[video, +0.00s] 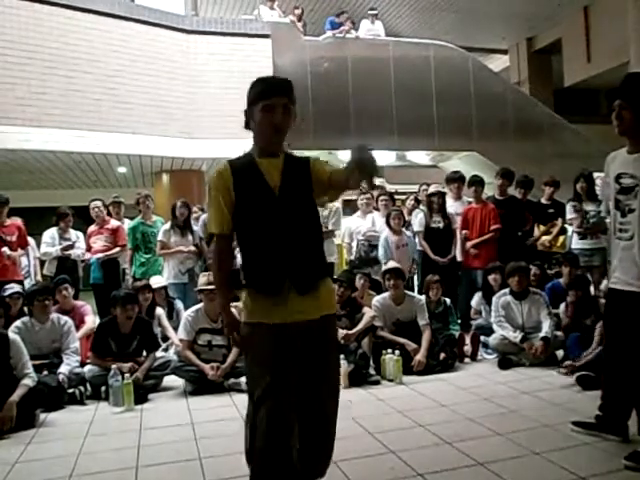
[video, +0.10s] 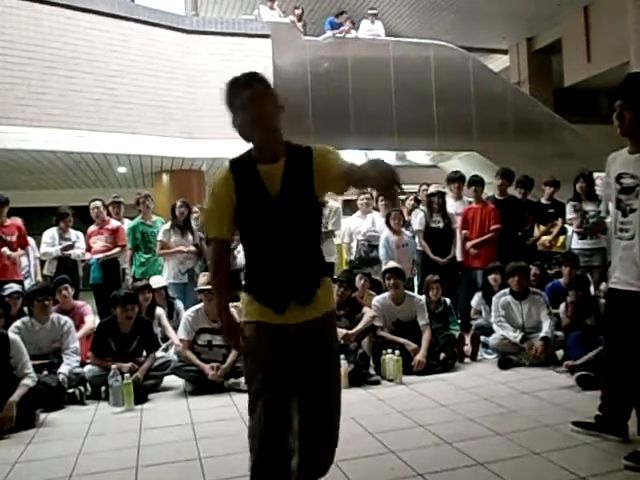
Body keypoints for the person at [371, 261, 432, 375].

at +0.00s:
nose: (393, 283)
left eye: (397, 279)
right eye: (388, 279)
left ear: (403, 281)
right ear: (384, 282)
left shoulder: (418, 300)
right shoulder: (378, 302)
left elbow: (426, 329)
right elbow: (378, 330)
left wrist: (422, 354)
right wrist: (405, 342)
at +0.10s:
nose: (393, 282)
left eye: (396, 278)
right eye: (388, 279)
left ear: (403, 281)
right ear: (384, 282)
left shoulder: (418, 301)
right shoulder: (378, 302)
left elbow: (426, 329)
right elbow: (378, 330)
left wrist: (422, 354)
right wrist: (405, 343)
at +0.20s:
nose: (392, 282)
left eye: (396, 278)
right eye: (388, 279)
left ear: (404, 281)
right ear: (384, 282)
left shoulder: (418, 300)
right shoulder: (378, 302)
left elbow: (426, 329)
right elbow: (378, 330)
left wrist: (422, 354)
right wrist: (405, 342)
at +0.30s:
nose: (393, 283)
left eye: (397, 279)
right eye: (389, 280)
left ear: (404, 281)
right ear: (385, 283)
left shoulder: (418, 300)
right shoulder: (378, 302)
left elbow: (426, 329)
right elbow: (378, 330)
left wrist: (422, 354)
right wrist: (405, 342)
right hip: (390, 336)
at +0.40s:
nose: (393, 284)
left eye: (397, 280)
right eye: (389, 280)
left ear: (403, 282)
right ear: (385, 284)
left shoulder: (418, 300)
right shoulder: (378, 302)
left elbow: (426, 329)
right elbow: (379, 331)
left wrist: (422, 354)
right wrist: (405, 343)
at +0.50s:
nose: (393, 284)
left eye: (397, 279)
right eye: (389, 280)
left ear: (403, 281)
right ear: (385, 283)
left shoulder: (418, 300)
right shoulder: (378, 302)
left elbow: (426, 329)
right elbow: (378, 331)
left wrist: (422, 354)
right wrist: (405, 343)